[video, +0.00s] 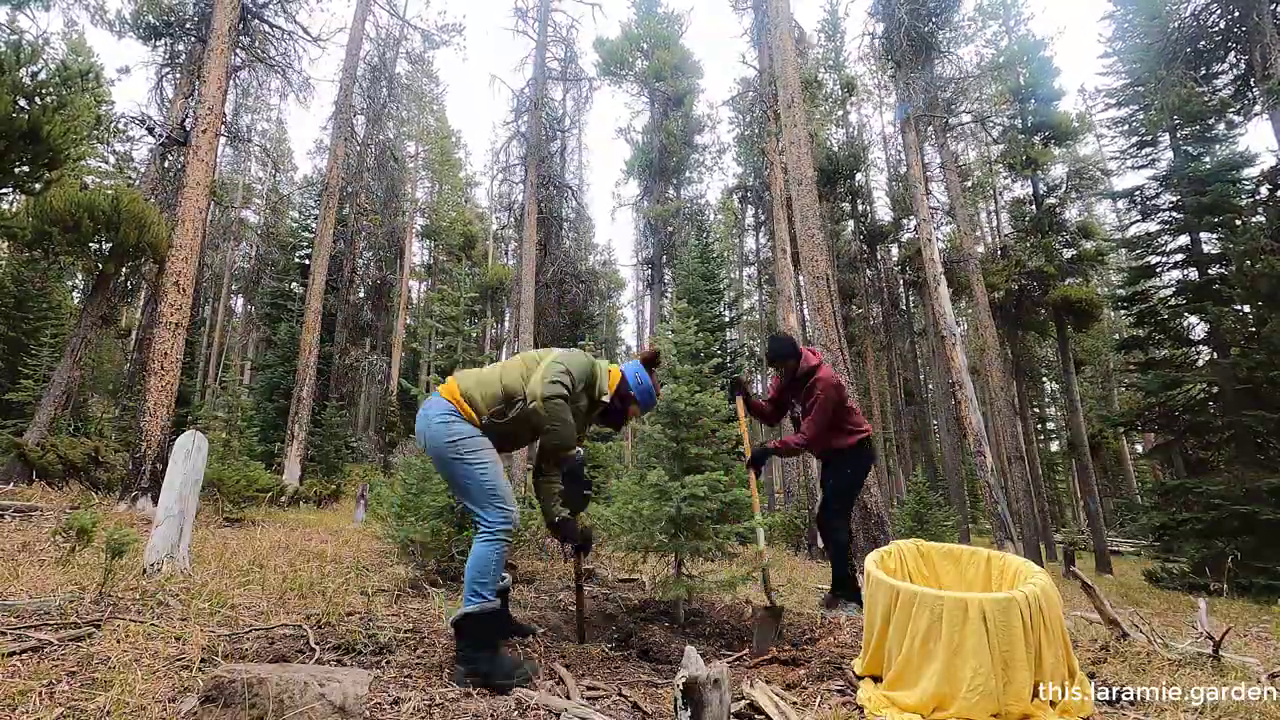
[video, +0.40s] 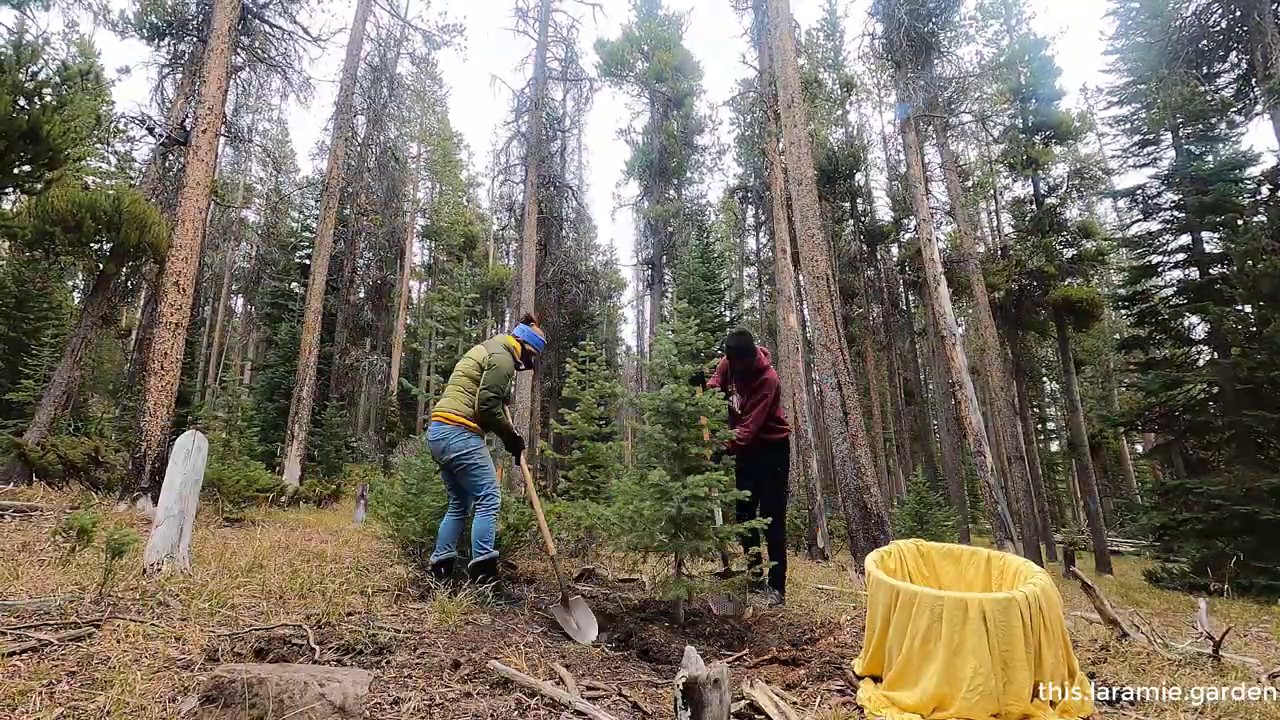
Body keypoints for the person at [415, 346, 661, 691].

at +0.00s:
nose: (627, 420)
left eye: (633, 415)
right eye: (632, 411)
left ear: (621, 394)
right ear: (622, 393)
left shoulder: (578, 411)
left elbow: (547, 469)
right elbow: (547, 395)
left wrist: (561, 522)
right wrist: (570, 459)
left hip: (463, 423)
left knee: (498, 516)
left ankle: (493, 612)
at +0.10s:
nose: (550, 313)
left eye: (548, 308)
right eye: (549, 306)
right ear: (540, 298)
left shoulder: (487, 322)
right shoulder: (532, 303)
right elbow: (564, 349)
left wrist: (539, 399)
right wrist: (550, 368)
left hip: (458, 410)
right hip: (496, 408)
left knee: (481, 509)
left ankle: (466, 618)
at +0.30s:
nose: (524, 344)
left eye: (528, 339)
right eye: (525, 337)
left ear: (513, 324)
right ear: (516, 327)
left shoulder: (491, 339)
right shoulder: (491, 341)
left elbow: (498, 386)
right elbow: (495, 392)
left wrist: (518, 389)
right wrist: (522, 394)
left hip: (462, 425)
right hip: (462, 425)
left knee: (467, 501)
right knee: (466, 502)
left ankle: (453, 579)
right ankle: (451, 584)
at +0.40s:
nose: (530, 363)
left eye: (533, 359)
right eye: (532, 357)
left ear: (515, 339)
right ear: (525, 347)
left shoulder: (489, 348)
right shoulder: (503, 357)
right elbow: (487, 406)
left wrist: (501, 399)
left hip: (439, 431)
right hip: (460, 433)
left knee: (459, 502)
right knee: (489, 498)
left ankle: (441, 567)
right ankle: (484, 572)